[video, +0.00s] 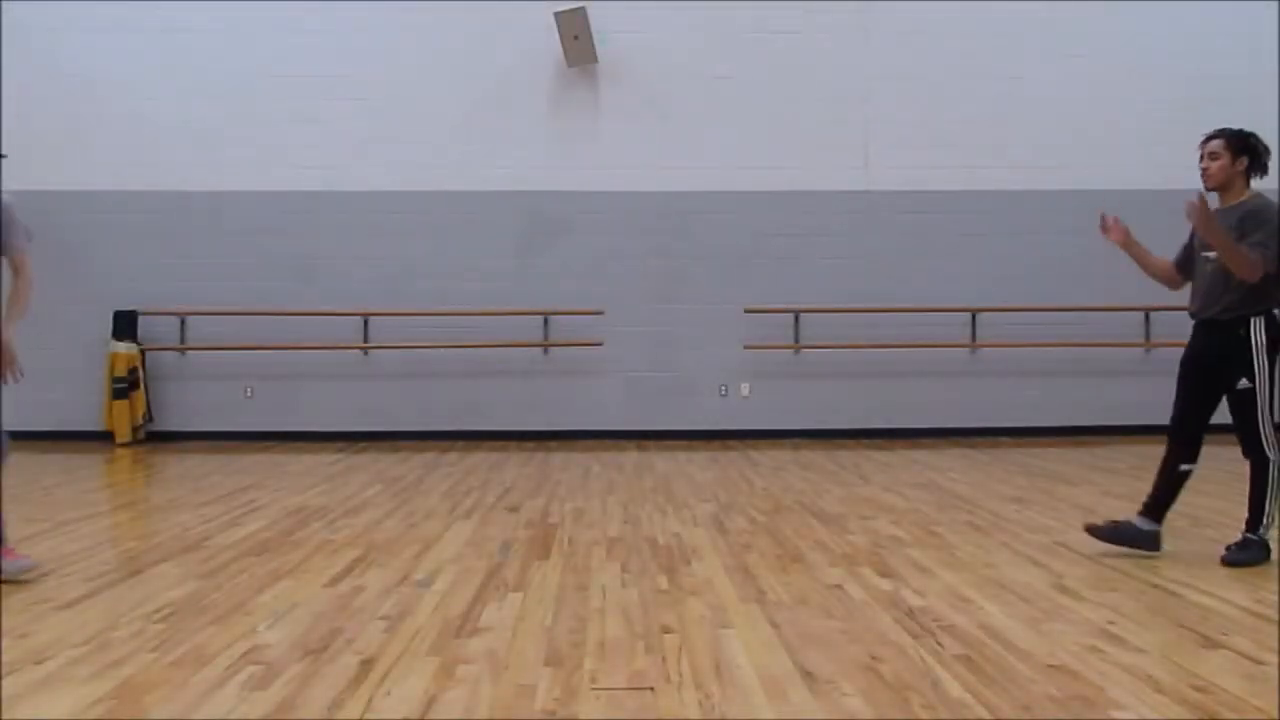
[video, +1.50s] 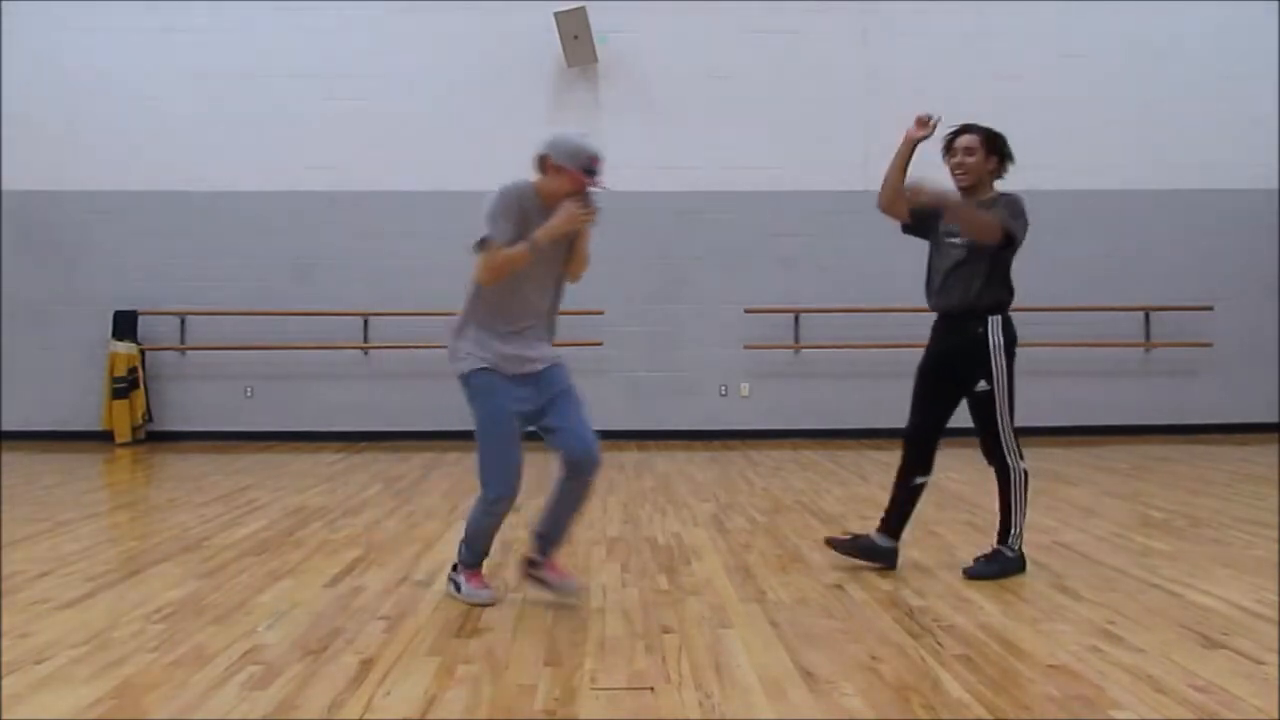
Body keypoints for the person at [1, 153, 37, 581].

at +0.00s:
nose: (3, 162)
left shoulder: (5, 214)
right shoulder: (6, 216)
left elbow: (22, 271)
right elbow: (23, 271)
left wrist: (7, 330)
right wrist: (7, 330)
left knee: (1, 445)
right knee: (2, 445)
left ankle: (3, 544)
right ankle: (3, 544)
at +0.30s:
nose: (97, 175)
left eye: (102, 168)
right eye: (89, 166)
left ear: (106, 175)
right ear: (69, 169)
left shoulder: (105, 220)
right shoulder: (49, 207)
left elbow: (115, 282)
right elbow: (57, 165)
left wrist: (92, 326)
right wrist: (77, 109)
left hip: (86, 352)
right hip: (42, 351)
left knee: (137, 438)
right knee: (71, 462)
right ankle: (15, 546)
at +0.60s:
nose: (221, 186)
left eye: (226, 180)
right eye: (214, 176)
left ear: (226, 186)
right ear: (191, 176)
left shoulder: (225, 233)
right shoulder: (168, 212)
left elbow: (233, 298)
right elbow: (167, 165)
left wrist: (208, 343)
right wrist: (178, 102)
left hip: (193, 354)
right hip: (156, 350)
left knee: (213, 461)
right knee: (230, 448)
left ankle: (145, 548)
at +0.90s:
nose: (340, 185)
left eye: (343, 178)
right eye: (332, 175)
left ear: (342, 183)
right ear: (306, 175)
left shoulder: (339, 230)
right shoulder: (285, 213)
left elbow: (346, 293)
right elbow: (286, 158)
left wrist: (324, 338)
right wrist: (298, 95)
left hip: (317, 359)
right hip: (276, 360)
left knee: (367, 450)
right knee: (325, 466)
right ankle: (258, 551)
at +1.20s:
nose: (455, 177)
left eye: (459, 169)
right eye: (447, 167)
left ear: (459, 173)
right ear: (419, 164)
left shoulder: (458, 212)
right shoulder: (384, 205)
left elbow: (480, 272)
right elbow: (327, 197)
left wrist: (457, 298)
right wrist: (393, 190)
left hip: (427, 357)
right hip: (381, 350)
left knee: (439, 466)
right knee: (427, 459)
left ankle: (375, 547)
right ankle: (427, 562)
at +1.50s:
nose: (584, 188)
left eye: (587, 181)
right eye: (579, 178)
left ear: (578, 178)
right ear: (549, 168)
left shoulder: (569, 209)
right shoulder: (513, 200)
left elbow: (574, 273)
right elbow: (488, 271)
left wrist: (580, 227)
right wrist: (549, 231)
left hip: (538, 357)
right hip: (485, 356)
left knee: (583, 456)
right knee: (502, 486)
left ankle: (540, 557)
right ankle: (467, 568)